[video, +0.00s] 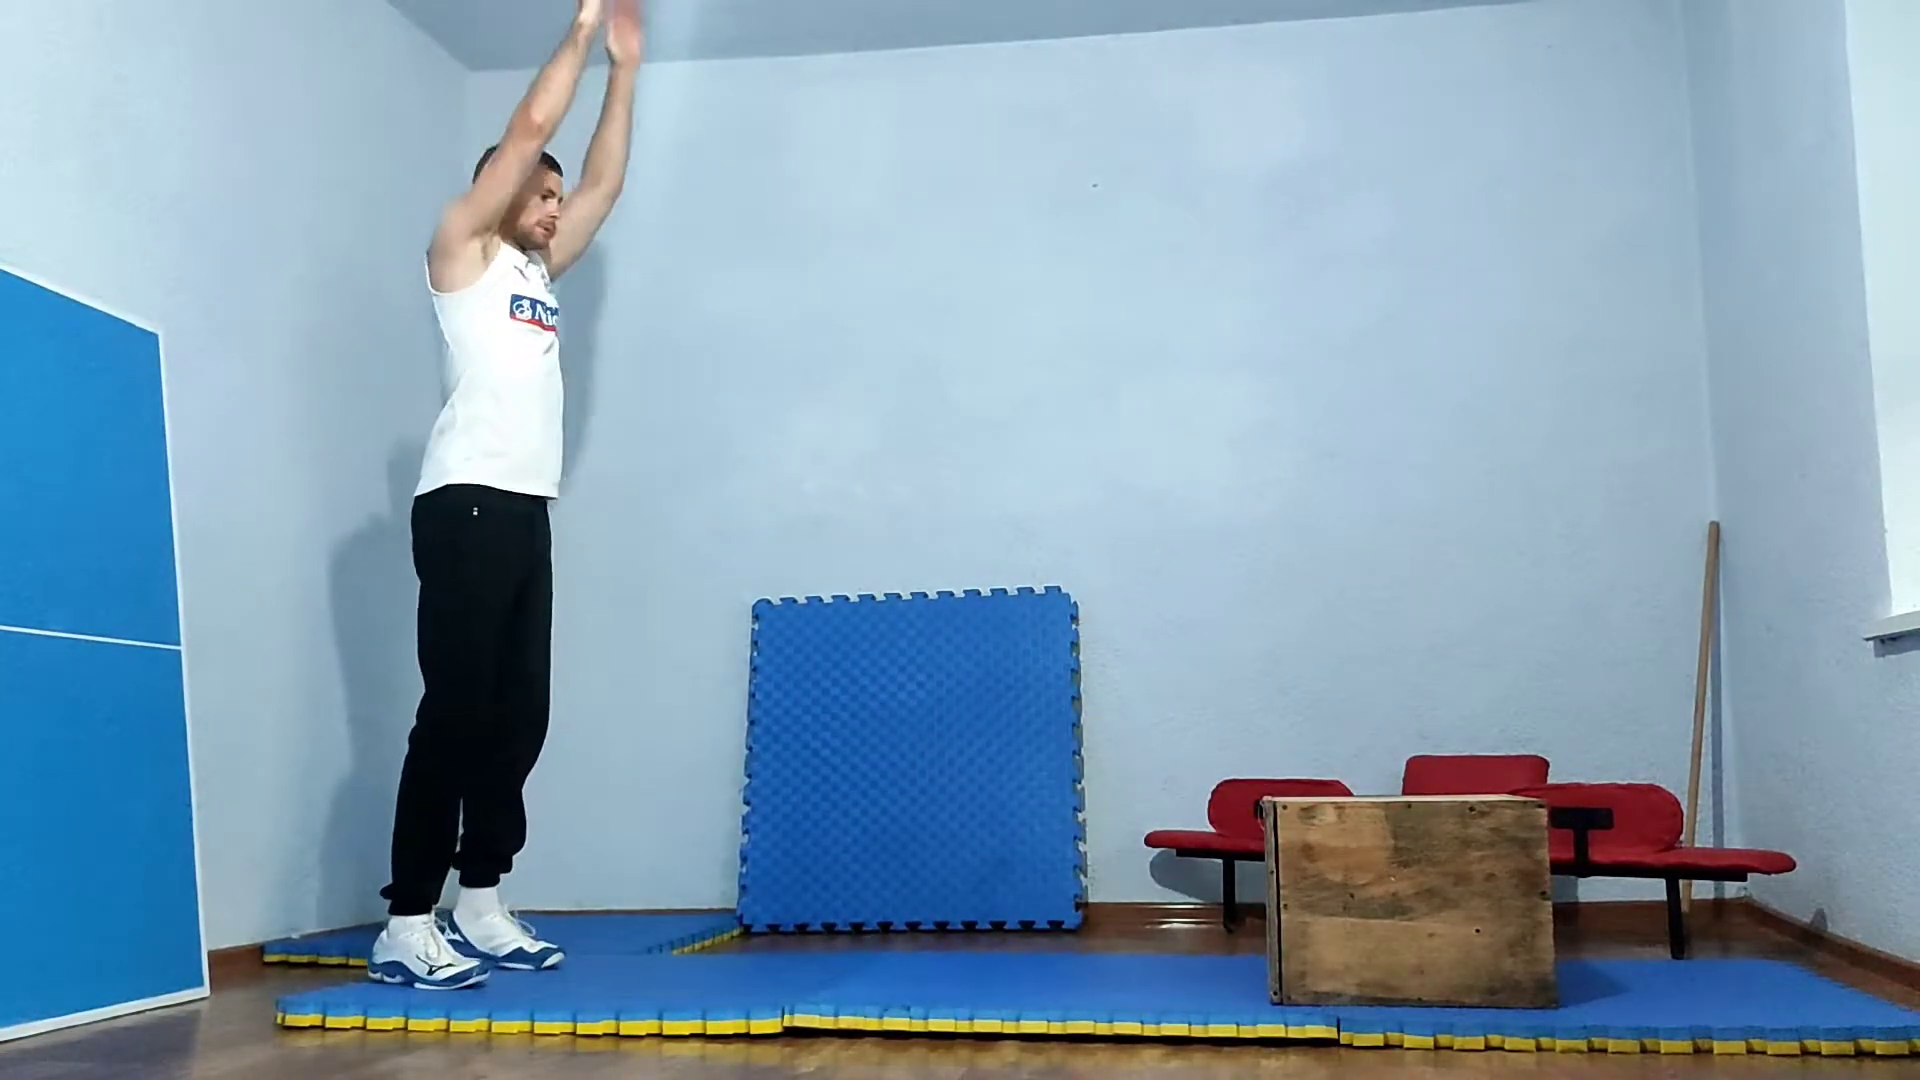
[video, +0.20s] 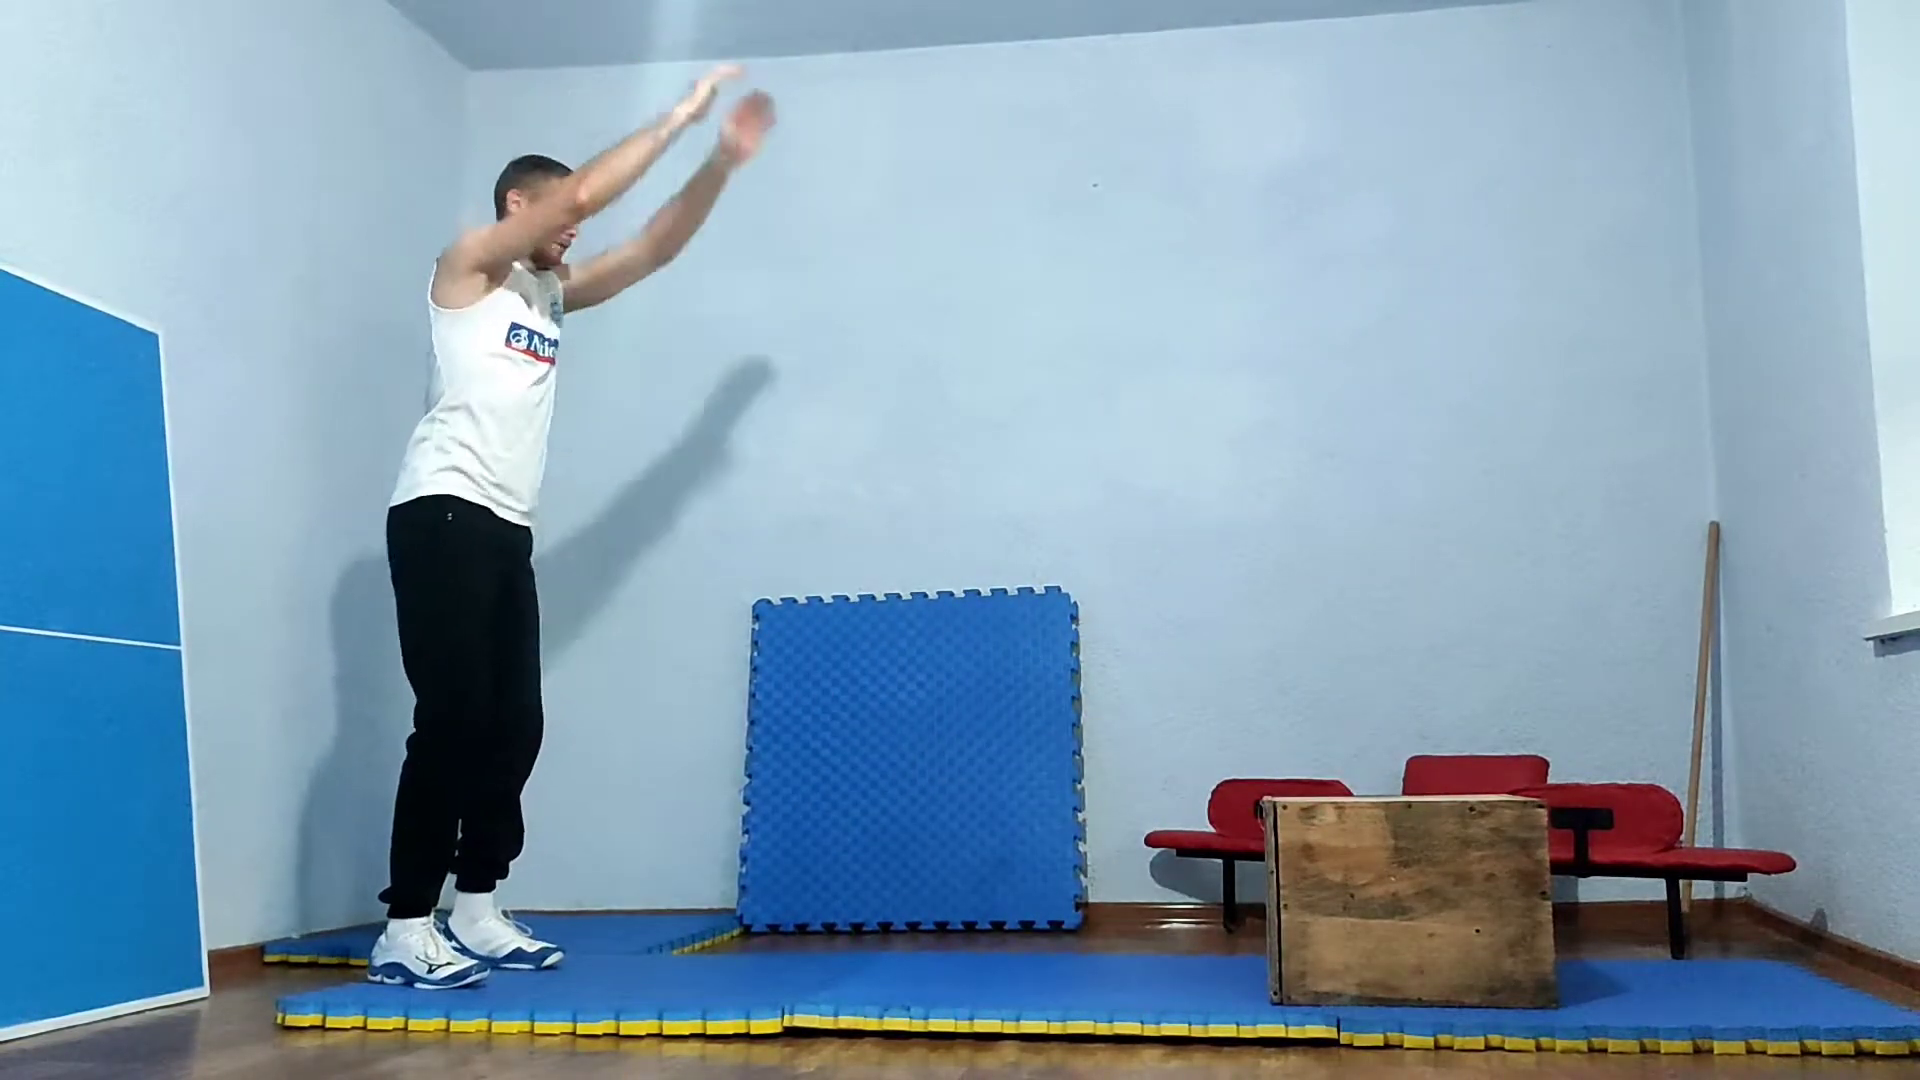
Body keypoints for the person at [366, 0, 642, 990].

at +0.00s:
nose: (555, 206)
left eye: (560, 195)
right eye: (541, 190)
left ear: (552, 209)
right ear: (498, 190)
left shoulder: (536, 272)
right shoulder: (465, 248)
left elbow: (603, 182)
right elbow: (531, 126)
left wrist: (624, 68)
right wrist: (585, 29)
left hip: (526, 517)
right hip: (465, 510)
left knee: (518, 719)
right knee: (457, 712)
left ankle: (478, 905)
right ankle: (406, 925)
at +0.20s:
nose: (576, 224)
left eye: (578, 210)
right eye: (566, 207)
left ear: (551, 215)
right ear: (515, 202)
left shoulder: (549, 296)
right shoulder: (472, 262)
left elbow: (655, 247)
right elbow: (580, 199)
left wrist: (724, 164)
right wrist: (677, 118)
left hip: (506, 534)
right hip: (442, 518)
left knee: (515, 724)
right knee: (455, 718)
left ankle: (472, 910)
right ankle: (405, 927)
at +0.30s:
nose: (592, 246)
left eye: (596, 234)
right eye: (582, 229)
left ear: (569, 237)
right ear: (532, 224)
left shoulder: (559, 314)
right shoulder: (474, 279)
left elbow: (678, 316)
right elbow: (594, 276)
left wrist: (775, 266)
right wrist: (718, 233)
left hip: (492, 544)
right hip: (427, 527)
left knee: (519, 723)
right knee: (454, 720)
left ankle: (473, 912)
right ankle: (405, 930)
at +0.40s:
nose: (616, 279)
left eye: (621, 268)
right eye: (607, 261)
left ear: (595, 273)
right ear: (556, 253)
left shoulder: (579, 349)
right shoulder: (498, 310)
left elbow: (666, 406)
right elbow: (573, 385)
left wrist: (780, 428)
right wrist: (686, 417)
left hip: (480, 554)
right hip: (413, 532)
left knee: (529, 722)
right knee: (459, 724)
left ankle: (474, 911)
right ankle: (406, 929)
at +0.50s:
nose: (648, 334)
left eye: (653, 322)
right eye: (639, 317)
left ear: (610, 316)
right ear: (591, 305)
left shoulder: (595, 406)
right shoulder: (520, 364)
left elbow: (640, 506)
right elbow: (520, 486)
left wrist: (720, 594)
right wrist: (578, 593)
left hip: (468, 572)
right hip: (401, 555)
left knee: (548, 730)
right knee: (474, 730)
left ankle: (476, 912)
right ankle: (407, 931)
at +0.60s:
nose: (681, 405)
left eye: (686, 392)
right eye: (672, 388)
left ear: (639, 390)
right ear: (622, 381)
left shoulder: (614, 472)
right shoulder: (539, 437)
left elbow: (590, 581)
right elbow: (451, 549)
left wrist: (592, 688)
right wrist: (404, 678)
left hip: (471, 602)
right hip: (400, 587)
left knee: (569, 741)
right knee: (498, 735)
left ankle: (480, 913)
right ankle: (411, 930)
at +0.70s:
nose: (705, 486)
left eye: (709, 474)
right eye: (696, 469)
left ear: (656, 469)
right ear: (646, 461)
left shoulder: (631, 534)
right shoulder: (557, 509)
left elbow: (520, 581)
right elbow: (420, 553)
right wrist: (301, 648)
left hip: (476, 651)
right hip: (401, 638)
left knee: (596, 754)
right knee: (523, 750)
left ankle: (482, 913)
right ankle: (416, 929)